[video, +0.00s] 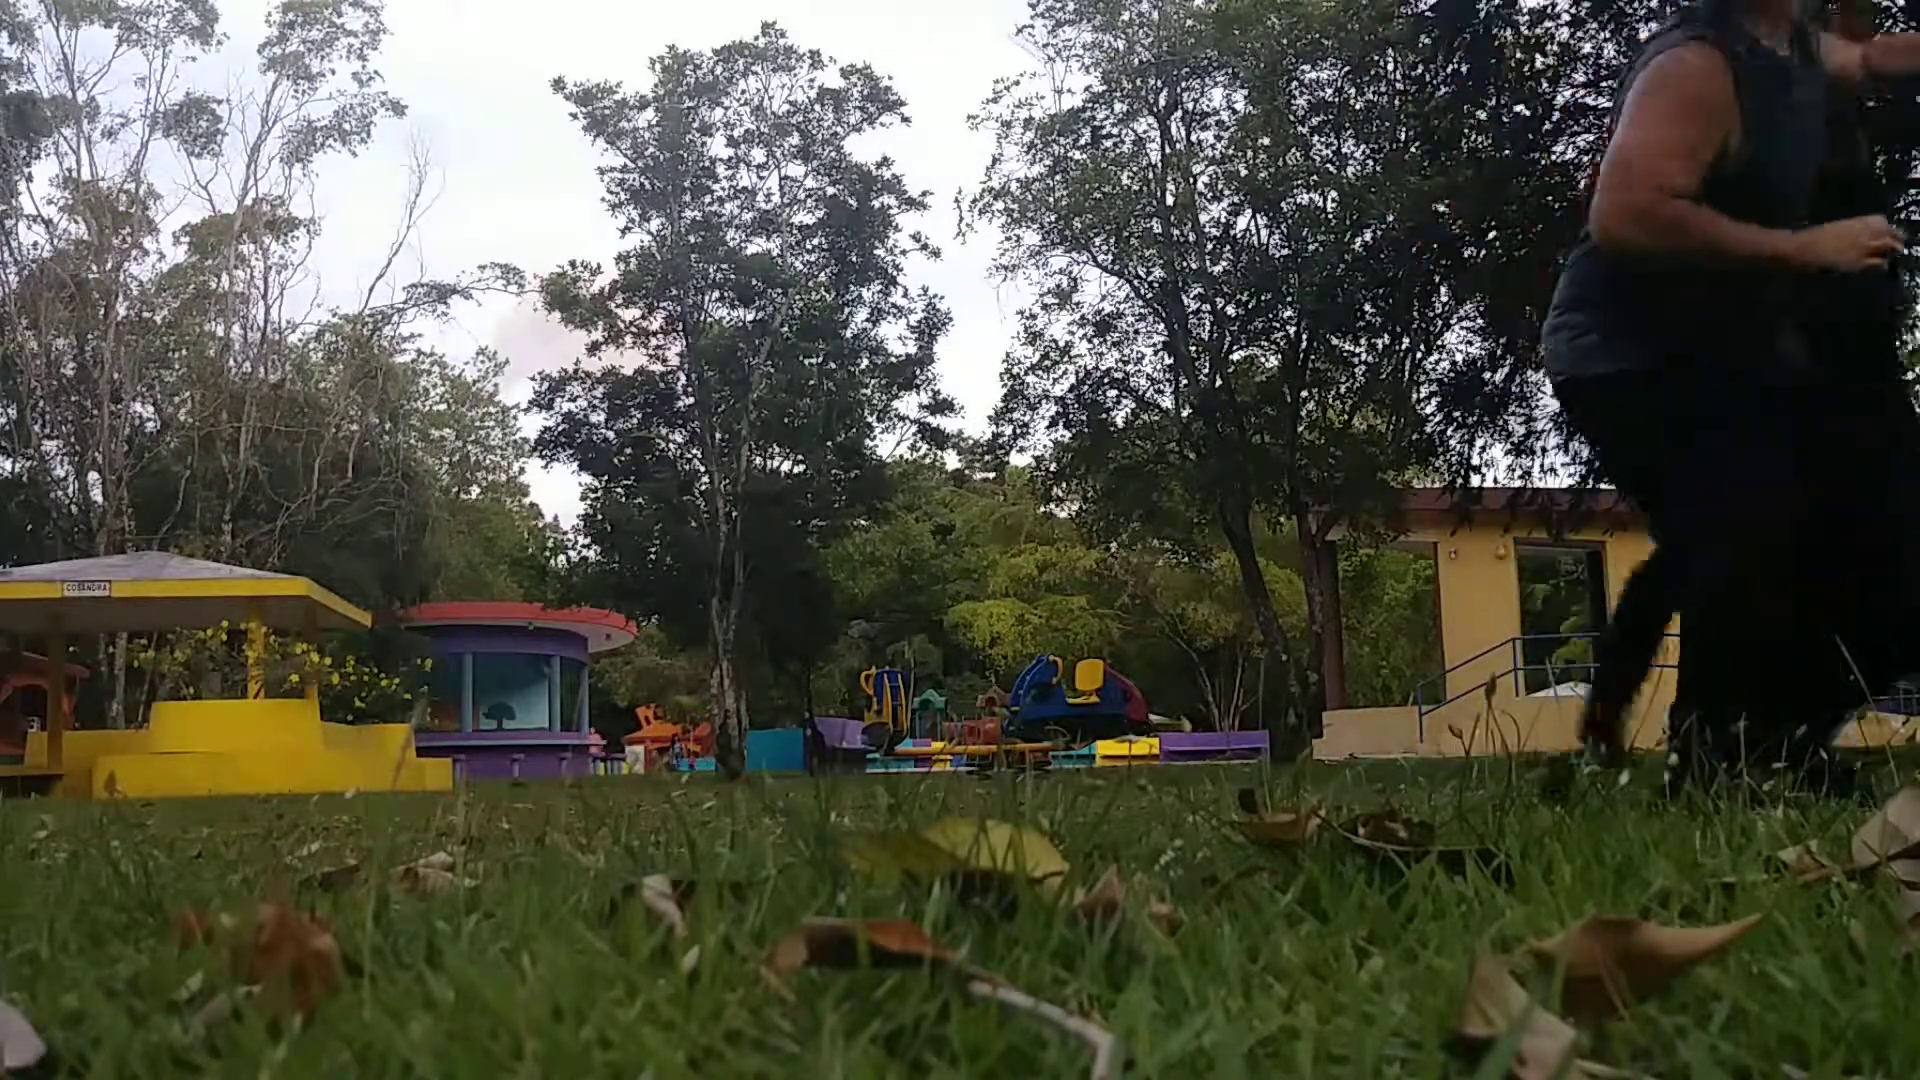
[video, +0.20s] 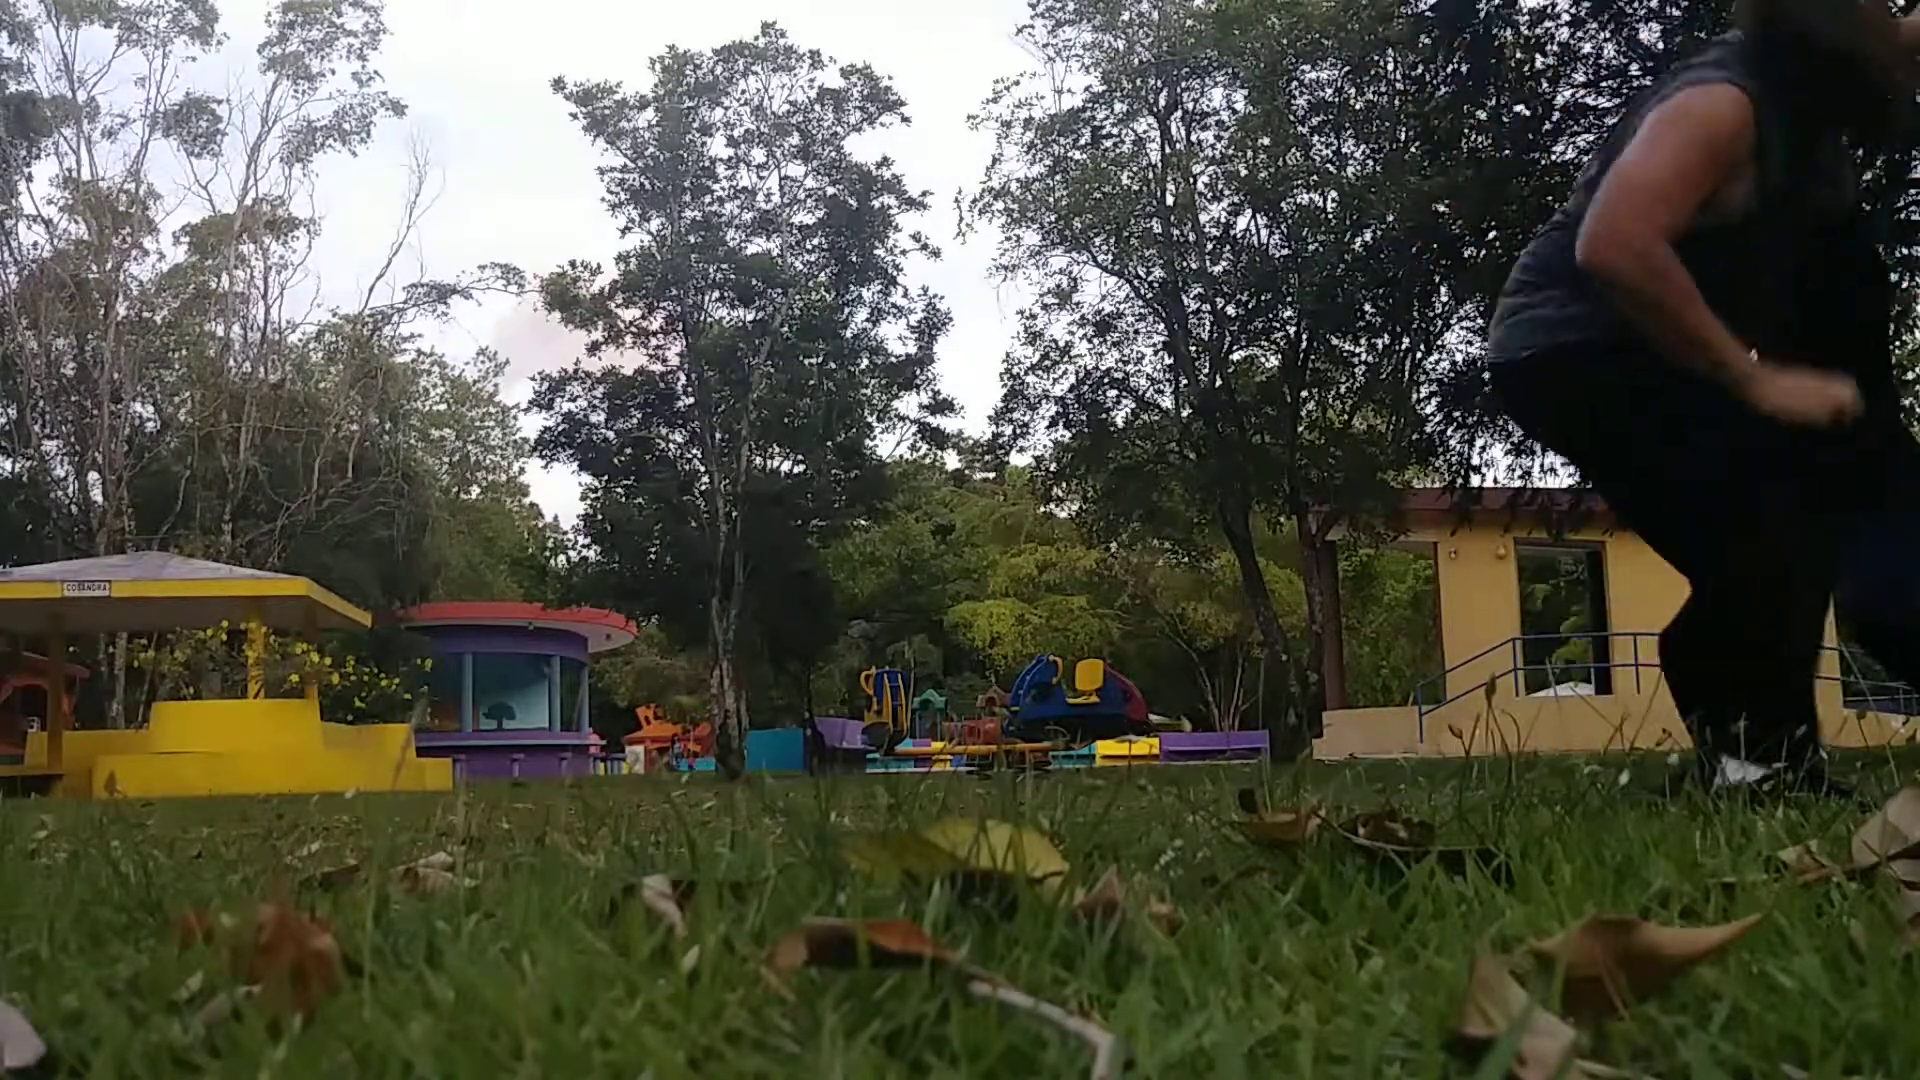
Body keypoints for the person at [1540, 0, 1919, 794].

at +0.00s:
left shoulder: (1798, 50)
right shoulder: (1695, 63)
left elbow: (1871, 59)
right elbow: (1625, 211)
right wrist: (1797, 243)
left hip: (1719, 343)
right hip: (1626, 351)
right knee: (1724, 530)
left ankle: (1783, 745)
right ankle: (1711, 759)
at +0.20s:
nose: (1908, 29)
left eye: (1901, 12)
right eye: (1891, 11)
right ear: (1832, 26)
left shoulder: (1805, 122)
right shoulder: (1722, 100)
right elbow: (1614, 245)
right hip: (1570, 345)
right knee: (1758, 522)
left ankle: (1767, 753)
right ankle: (1752, 756)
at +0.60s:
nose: (1750, 143)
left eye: (1747, 126)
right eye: (1738, 124)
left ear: (1627, 128)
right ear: (1710, 127)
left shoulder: (1566, 218)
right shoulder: (1685, 200)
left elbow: (1480, 312)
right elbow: (1739, 362)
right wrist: (1885, 442)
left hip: (1456, 521)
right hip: (1565, 493)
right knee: (1836, 509)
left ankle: (1560, 767)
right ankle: (1789, 761)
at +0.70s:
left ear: (1496, 184)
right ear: (1593, 170)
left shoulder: (1444, 293)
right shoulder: (1657, 256)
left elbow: (1363, 440)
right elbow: (1774, 370)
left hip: (1502, 580)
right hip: (1651, 550)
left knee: (1488, 628)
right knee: (1881, 555)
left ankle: (1574, 745)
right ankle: (1796, 746)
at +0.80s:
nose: (1512, 208)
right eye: (1498, 197)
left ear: (1389, 246)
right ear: (1488, 218)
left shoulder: (1358, 359)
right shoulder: (1560, 300)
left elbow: (1315, 531)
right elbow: (1682, 382)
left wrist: (1265, 688)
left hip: (1544, 610)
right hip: (1691, 557)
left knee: (1416, 673)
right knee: (1872, 608)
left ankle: (1622, 755)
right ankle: (1899, 677)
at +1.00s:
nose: (1231, 407)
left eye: (1228, 391)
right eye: (1228, 389)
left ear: (1244, 390)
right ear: (1303, 350)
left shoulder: (1296, 455)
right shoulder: (1390, 401)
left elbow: (1340, 624)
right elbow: (1501, 450)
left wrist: (1321, 787)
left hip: (1521, 648)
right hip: (1599, 595)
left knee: (1376, 781)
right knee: (1618, 672)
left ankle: (1591, 770)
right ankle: (1755, 729)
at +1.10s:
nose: (1200, 445)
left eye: (1195, 429)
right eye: (1194, 429)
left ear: (1212, 425)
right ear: (1262, 387)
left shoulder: (1288, 472)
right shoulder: (1342, 431)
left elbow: (1345, 633)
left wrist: (1321, 796)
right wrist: (1305, 630)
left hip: (1523, 647)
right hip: (1564, 619)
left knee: (1374, 784)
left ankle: (1589, 754)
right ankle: (1592, 747)